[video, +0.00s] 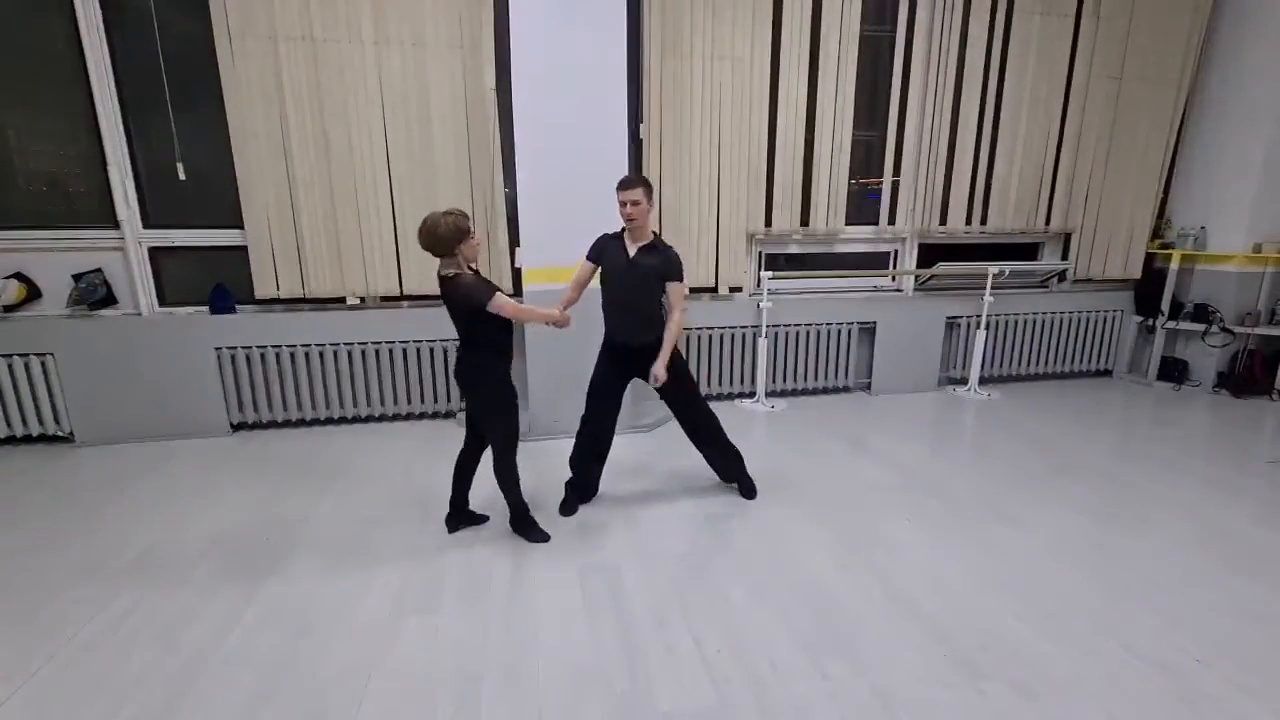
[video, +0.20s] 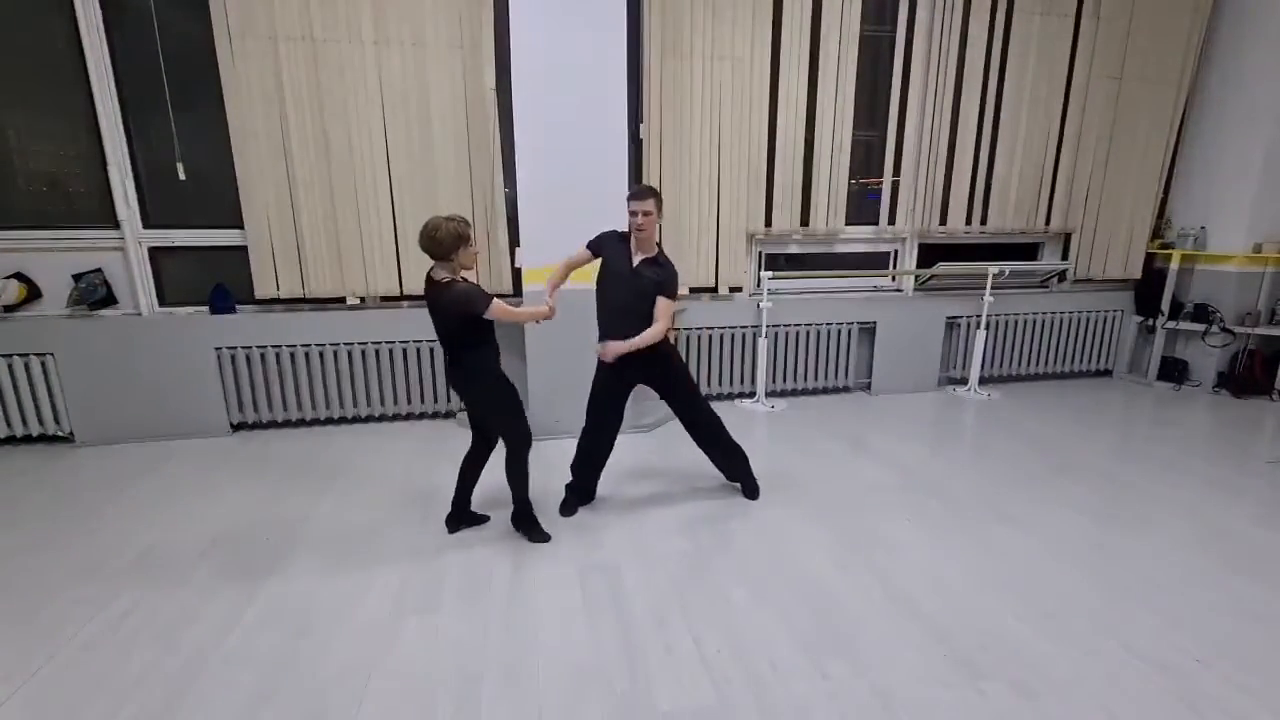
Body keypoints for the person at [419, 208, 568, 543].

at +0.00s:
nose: (479, 238)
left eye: (474, 233)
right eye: (472, 235)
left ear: (450, 248)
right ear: (458, 246)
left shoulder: (452, 277)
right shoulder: (468, 284)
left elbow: (503, 306)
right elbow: (512, 312)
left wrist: (540, 315)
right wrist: (552, 316)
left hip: (474, 370)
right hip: (488, 375)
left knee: (475, 441)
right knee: (505, 444)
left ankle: (458, 510)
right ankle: (520, 516)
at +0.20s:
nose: (476, 248)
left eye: (473, 242)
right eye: (470, 244)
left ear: (442, 252)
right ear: (454, 252)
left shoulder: (435, 280)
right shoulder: (465, 293)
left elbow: (489, 304)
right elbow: (512, 314)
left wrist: (527, 313)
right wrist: (546, 312)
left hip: (463, 374)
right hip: (484, 377)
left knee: (484, 439)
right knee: (519, 439)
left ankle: (459, 511)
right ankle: (523, 514)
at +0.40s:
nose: (476, 253)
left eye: (473, 247)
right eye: (470, 250)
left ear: (445, 259)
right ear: (455, 259)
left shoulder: (435, 288)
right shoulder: (470, 298)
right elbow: (509, 322)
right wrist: (536, 310)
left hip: (437, 383)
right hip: (460, 385)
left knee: (474, 437)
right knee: (521, 431)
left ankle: (458, 512)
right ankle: (540, 502)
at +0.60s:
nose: (473, 255)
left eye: (471, 249)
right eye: (466, 252)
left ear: (450, 259)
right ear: (448, 260)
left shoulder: (454, 288)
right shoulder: (445, 297)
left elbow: (491, 319)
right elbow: (496, 324)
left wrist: (531, 322)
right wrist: (542, 321)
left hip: (450, 381)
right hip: (442, 386)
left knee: (475, 439)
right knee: (495, 438)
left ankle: (458, 512)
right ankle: (536, 505)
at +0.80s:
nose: (471, 257)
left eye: (469, 251)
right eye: (464, 253)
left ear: (457, 257)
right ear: (444, 260)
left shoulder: (476, 290)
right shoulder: (421, 296)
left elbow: (510, 326)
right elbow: (461, 311)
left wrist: (489, 358)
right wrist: (505, 299)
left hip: (469, 380)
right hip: (434, 387)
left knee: (489, 441)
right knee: (483, 445)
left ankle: (459, 511)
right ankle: (531, 508)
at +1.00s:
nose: (473, 257)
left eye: (472, 250)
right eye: (467, 252)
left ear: (458, 258)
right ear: (448, 260)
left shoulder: (478, 288)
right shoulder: (427, 296)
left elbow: (519, 310)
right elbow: (464, 315)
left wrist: (519, 355)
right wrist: (507, 306)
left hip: (470, 380)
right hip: (438, 386)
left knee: (487, 439)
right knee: (488, 436)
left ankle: (458, 510)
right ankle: (531, 502)